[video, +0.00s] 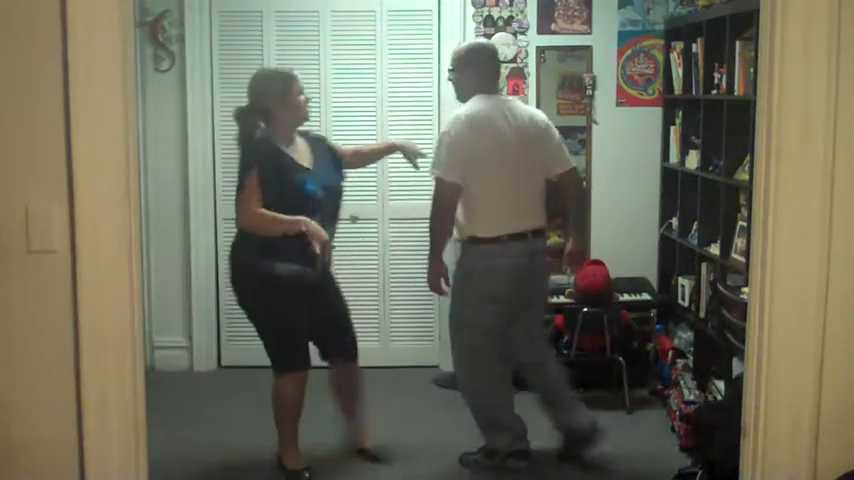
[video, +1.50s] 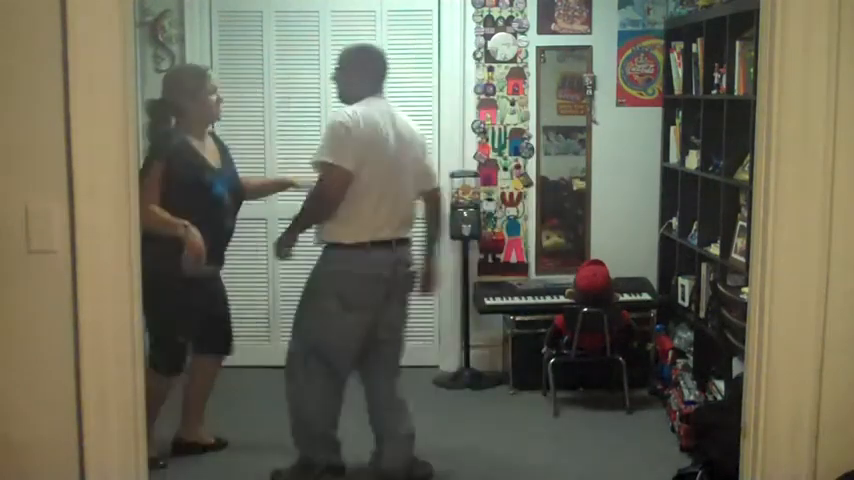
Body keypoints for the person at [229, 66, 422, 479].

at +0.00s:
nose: (306, 98)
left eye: (303, 92)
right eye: (298, 93)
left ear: (289, 103)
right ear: (273, 104)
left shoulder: (315, 144)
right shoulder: (260, 154)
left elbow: (354, 156)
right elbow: (247, 217)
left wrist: (395, 144)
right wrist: (302, 223)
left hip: (309, 265)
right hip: (263, 268)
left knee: (343, 349)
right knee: (291, 362)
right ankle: (289, 454)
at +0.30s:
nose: (320, 92)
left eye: (319, 85)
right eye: (310, 88)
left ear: (319, 95)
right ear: (285, 101)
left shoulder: (349, 143)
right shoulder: (262, 156)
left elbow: (390, 184)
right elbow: (230, 209)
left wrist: (390, 177)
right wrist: (244, 232)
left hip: (351, 266)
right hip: (292, 267)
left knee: (364, 355)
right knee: (275, 350)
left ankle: (377, 437)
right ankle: (310, 439)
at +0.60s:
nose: (268, 98)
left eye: (274, 92)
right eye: (272, 91)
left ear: (286, 101)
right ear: (306, 103)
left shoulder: (292, 148)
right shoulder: (301, 144)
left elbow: (274, 208)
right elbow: (279, 202)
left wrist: (232, 216)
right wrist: (244, 215)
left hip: (310, 264)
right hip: (316, 260)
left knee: (272, 358)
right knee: (298, 357)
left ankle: (357, 395)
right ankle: (321, 451)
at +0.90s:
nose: (283, 98)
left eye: (280, 91)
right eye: (278, 93)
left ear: (236, 97)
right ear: (269, 98)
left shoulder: (215, 143)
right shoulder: (292, 144)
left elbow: (181, 191)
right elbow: (320, 201)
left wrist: (223, 215)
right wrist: (281, 216)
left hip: (229, 263)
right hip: (283, 263)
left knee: (237, 345)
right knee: (286, 357)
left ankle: (195, 432)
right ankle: (276, 455)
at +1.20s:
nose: (245, 98)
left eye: (242, 92)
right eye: (237, 92)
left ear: (213, 99)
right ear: (213, 99)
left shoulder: (214, 142)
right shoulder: (207, 145)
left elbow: (237, 187)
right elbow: (194, 205)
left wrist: (279, 172)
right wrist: (254, 225)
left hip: (196, 258)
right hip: (200, 260)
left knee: (206, 348)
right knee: (256, 342)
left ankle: (188, 435)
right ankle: (211, 429)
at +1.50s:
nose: (220, 98)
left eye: (217, 91)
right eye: (211, 93)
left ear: (201, 101)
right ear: (186, 102)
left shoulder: (214, 144)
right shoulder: (166, 147)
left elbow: (235, 190)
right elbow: (144, 209)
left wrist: (282, 183)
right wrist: (185, 229)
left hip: (204, 267)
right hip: (166, 268)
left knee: (213, 344)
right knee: (168, 356)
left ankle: (191, 433)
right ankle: (142, 440)